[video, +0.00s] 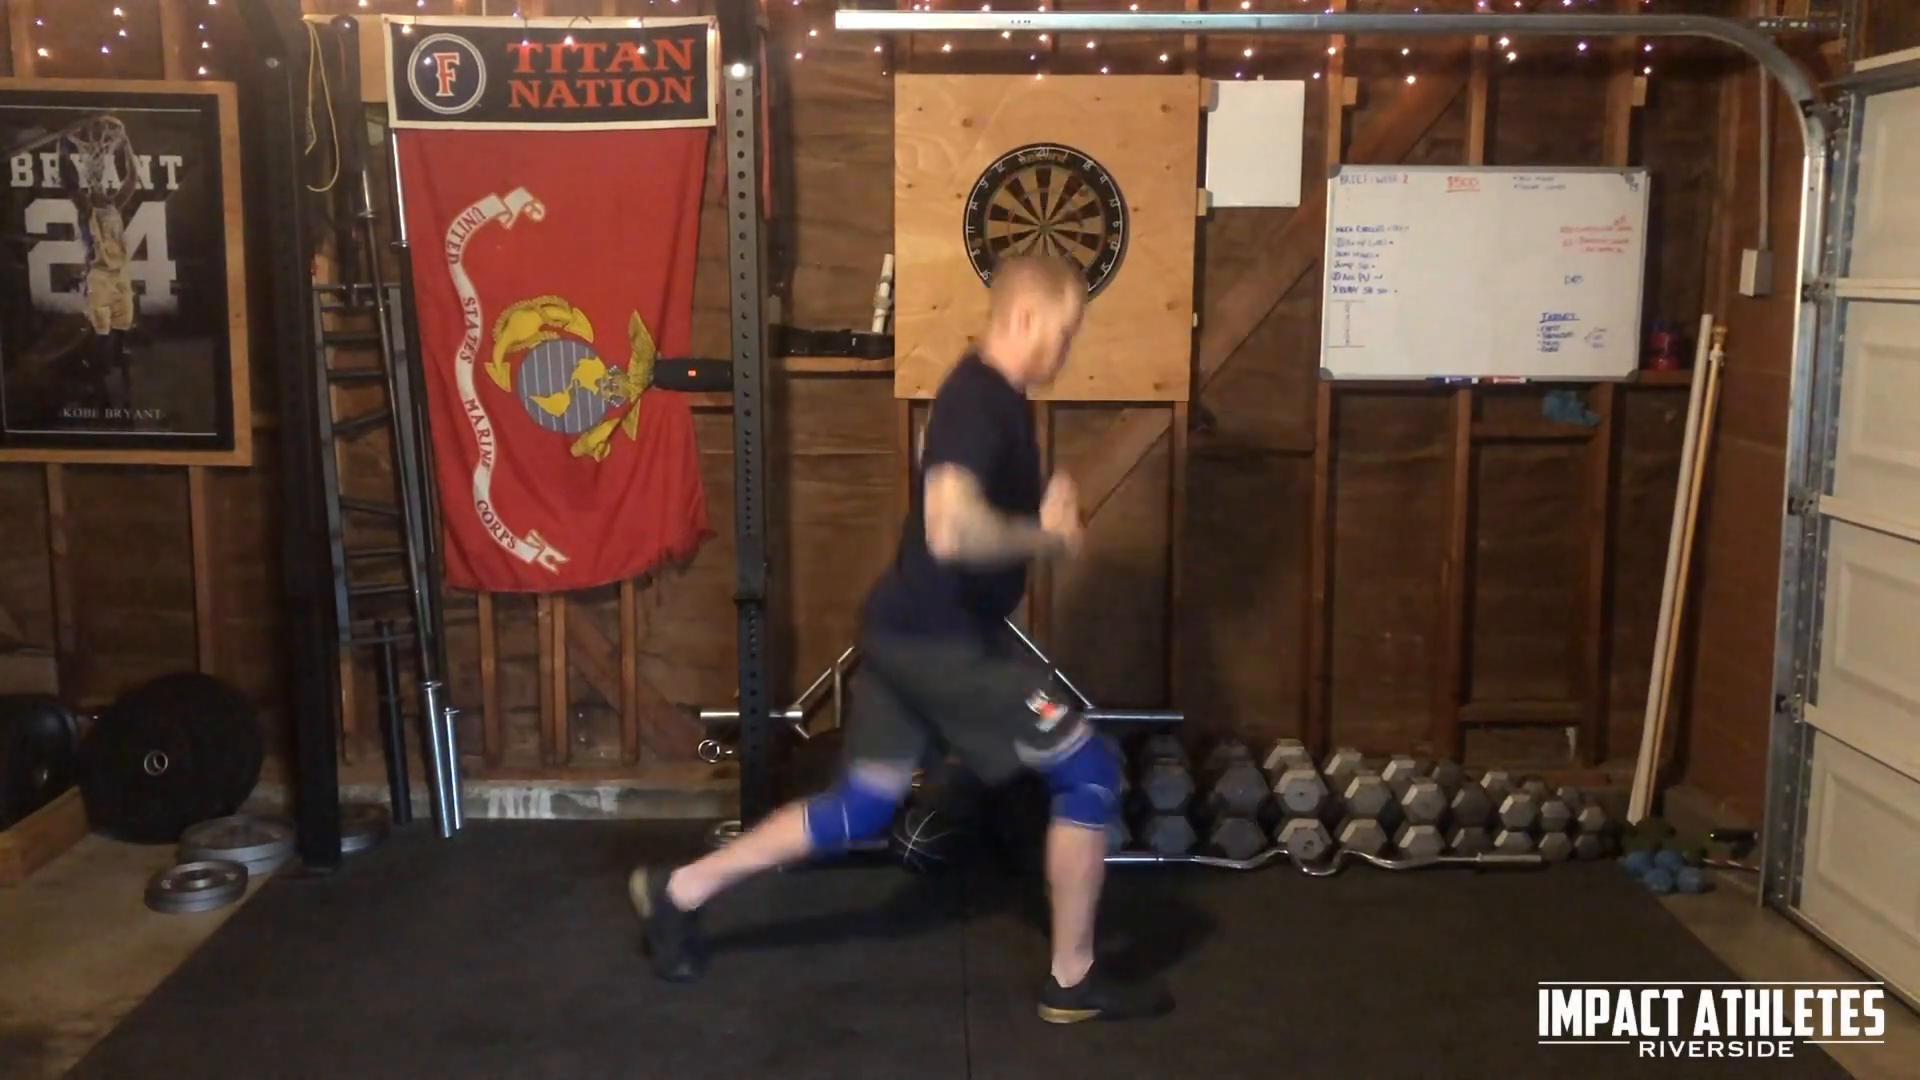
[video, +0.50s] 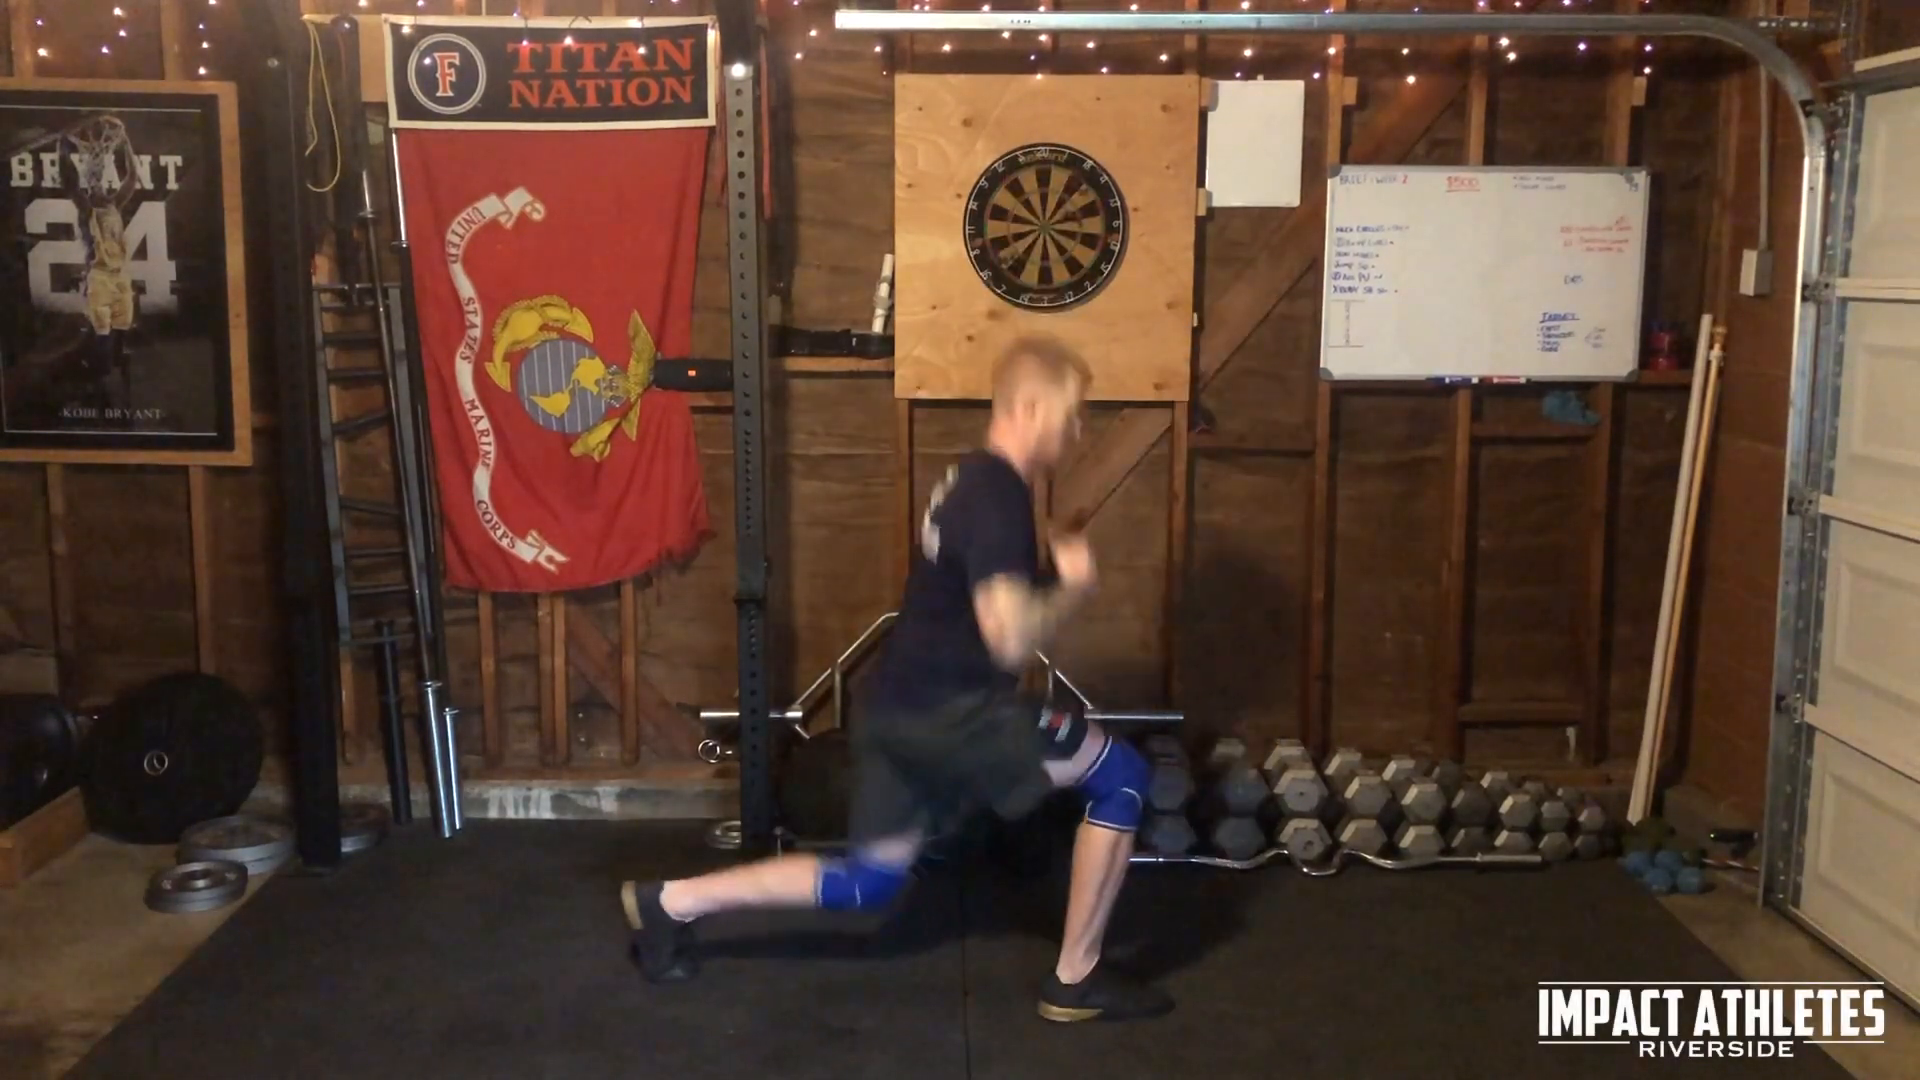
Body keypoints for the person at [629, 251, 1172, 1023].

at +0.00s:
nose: (1068, 348)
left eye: (1072, 331)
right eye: (1066, 329)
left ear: (1010, 318)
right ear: (1028, 320)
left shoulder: (995, 396)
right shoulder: (979, 396)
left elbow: (977, 513)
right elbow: (952, 530)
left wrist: (1041, 515)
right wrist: (1050, 537)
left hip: (910, 625)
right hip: (939, 631)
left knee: (861, 807)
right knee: (1088, 770)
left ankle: (678, 891)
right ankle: (1073, 978)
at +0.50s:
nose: (1077, 428)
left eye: (1078, 411)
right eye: (1072, 410)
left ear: (1015, 406)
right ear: (1032, 410)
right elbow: (1010, 636)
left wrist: (1047, 569)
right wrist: (1072, 590)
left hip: (903, 709)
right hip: (950, 712)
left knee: (867, 880)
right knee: (1120, 778)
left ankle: (667, 902)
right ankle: (1078, 975)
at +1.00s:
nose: (1088, 317)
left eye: (1092, 300)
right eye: (1085, 299)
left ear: (1039, 286)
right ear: (1046, 288)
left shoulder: (1013, 362)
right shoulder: (1000, 362)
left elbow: (998, 476)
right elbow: (979, 492)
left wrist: (1049, 478)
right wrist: (1060, 484)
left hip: (984, 623)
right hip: (937, 622)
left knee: (1062, 737)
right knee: (863, 796)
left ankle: (1054, 937)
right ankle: (669, 899)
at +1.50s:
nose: (1065, 439)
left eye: (1065, 425)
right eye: (1058, 424)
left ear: (1010, 425)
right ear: (1014, 425)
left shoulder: (999, 501)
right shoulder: (983, 508)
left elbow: (1009, 588)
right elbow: (984, 639)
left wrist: (1059, 589)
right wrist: (1079, 619)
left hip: (994, 715)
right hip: (925, 744)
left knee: (1119, 763)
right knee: (849, 929)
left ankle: (1058, 940)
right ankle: (629, 945)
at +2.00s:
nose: (1084, 300)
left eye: (1088, 283)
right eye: (1081, 281)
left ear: (1030, 270)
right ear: (1042, 268)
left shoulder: (1013, 346)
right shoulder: (995, 339)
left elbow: (984, 457)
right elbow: (952, 453)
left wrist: (1057, 465)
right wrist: (1056, 474)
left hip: (922, 583)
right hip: (942, 590)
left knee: (878, 762)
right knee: (1072, 748)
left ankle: (701, 863)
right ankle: (1068, 967)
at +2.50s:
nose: (1077, 462)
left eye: (1077, 446)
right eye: (1072, 446)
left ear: (1014, 444)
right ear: (1034, 446)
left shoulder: (984, 517)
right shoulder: (1001, 525)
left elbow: (991, 648)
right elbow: (1004, 664)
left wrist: (1064, 647)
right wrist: (1083, 634)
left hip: (911, 747)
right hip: (955, 748)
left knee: (881, 922)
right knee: (1138, 785)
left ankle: (680, 901)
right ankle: (1077, 982)